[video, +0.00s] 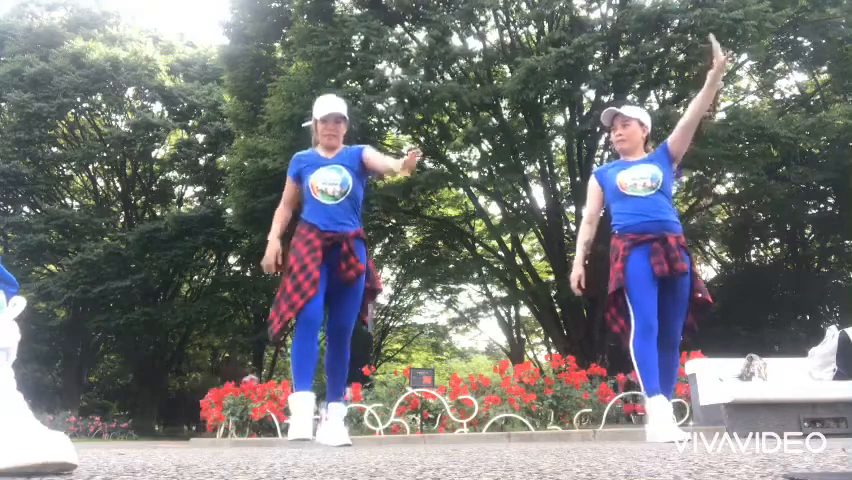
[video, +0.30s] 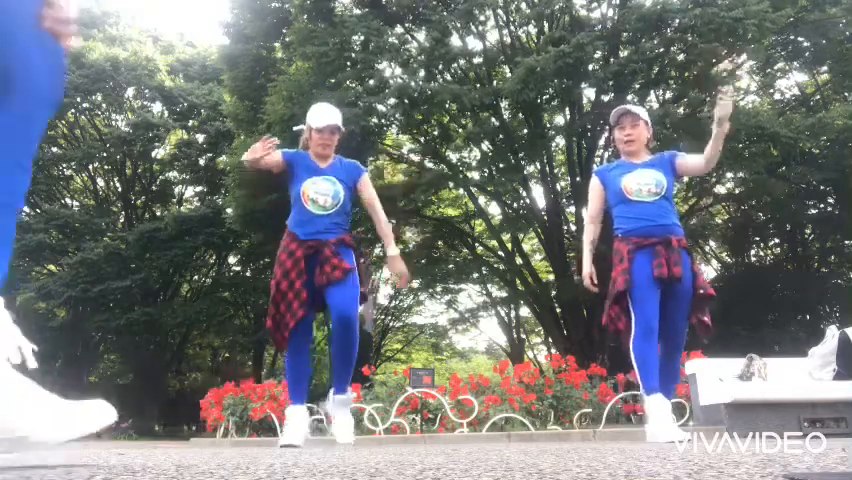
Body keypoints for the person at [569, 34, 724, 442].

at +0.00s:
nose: (618, 129)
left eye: (626, 123)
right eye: (614, 126)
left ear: (645, 129)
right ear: (611, 136)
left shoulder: (662, 158)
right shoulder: (603, 174)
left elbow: (692, 119)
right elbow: (589, 219)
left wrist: (714, 77)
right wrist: (579, 260)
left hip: (674, 246)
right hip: (635, 249)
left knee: (671, 334)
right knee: (646, 326)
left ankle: (664, 410)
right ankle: (655, 407)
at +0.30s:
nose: (628, 130)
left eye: (634, 124)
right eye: (621, 126)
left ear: (648, 131)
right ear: (613, 135)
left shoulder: (667, 161)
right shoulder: (604, 173)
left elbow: (706, 162)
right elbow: (593, 218)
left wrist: (720, 128)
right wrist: (587, 257)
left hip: (675, 248)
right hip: (636, 249)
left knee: (675, 332)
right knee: (647, 323)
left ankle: (665, 406)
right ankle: (653, 402)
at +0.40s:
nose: (630, 130)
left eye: (637, 124)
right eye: (623, 126)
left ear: (650, 131)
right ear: (616, 135)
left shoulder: (672, 168)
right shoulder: (605, 173)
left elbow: (689, 213)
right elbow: (595, 221)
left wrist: (703, 203)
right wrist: (590, 260)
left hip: (675, 250)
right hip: (636, 252)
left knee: (676, 337)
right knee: (646, 317)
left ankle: (662, 414)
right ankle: (650, 403)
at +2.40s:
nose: (663, 141)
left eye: (669, 135)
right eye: (656, 136)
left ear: (679, 139)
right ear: (646, 142)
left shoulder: (698, 176)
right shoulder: (633, 180)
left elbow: (717, 219)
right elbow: (624, 228)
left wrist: (736, 256)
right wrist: (624, 267)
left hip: (693, 261)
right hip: (651, 262)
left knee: (700, 336)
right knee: (648, 331)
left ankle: (703, 412)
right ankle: (639, 407)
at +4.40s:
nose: (655, 127)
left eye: (660, 121)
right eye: (648, 124)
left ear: (672, 126)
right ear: (639, 133)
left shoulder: (693, 156)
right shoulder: (628, 167)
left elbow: (716, 196)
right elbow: (610, 211)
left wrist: (713, 220)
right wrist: (627, 230)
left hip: (696, 247)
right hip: (654, 250)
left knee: (710, 332)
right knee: (654, 334)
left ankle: (719, 414)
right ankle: (656, 414)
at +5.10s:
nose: (636, 125)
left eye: (642, 119)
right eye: (629, 122)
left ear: (657, 125)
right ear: (623, 133)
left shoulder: (682, 156)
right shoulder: (617, 174)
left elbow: (712, 199)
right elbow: (607, 226)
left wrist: (701, 173)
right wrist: (602, 212)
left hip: (676, 242)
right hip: (636, 250)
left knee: (697, 326)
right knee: (634, 332)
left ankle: (718, 409)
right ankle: (650, 417)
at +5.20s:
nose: (637, 131)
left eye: (643, 124)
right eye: (630, 128)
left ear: (657, 130)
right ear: (625, 138)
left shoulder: (679, 158)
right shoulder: (620, 175)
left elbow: (724, 165)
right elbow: (593, 209)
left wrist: (699, 132)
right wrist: (593, 169)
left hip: (674, 247)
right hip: (635, 252)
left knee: (686, 327)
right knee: (627, 332)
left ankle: (713, 408)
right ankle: (650, 416)